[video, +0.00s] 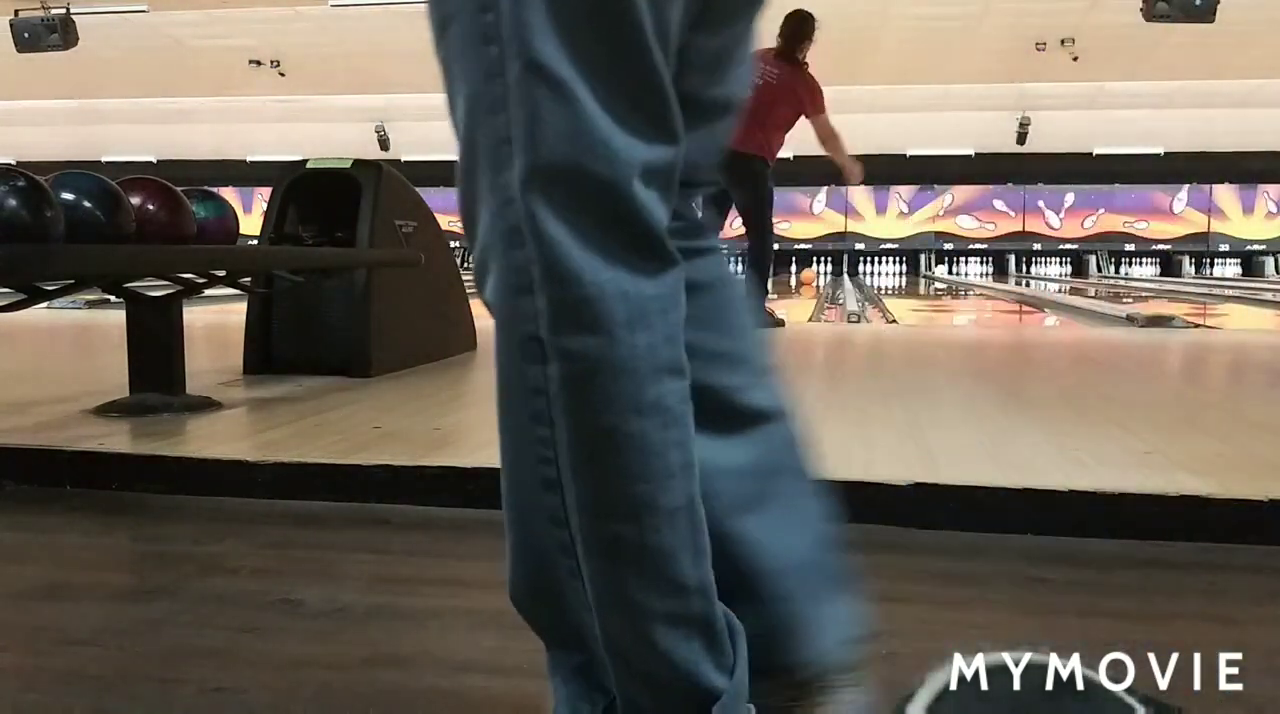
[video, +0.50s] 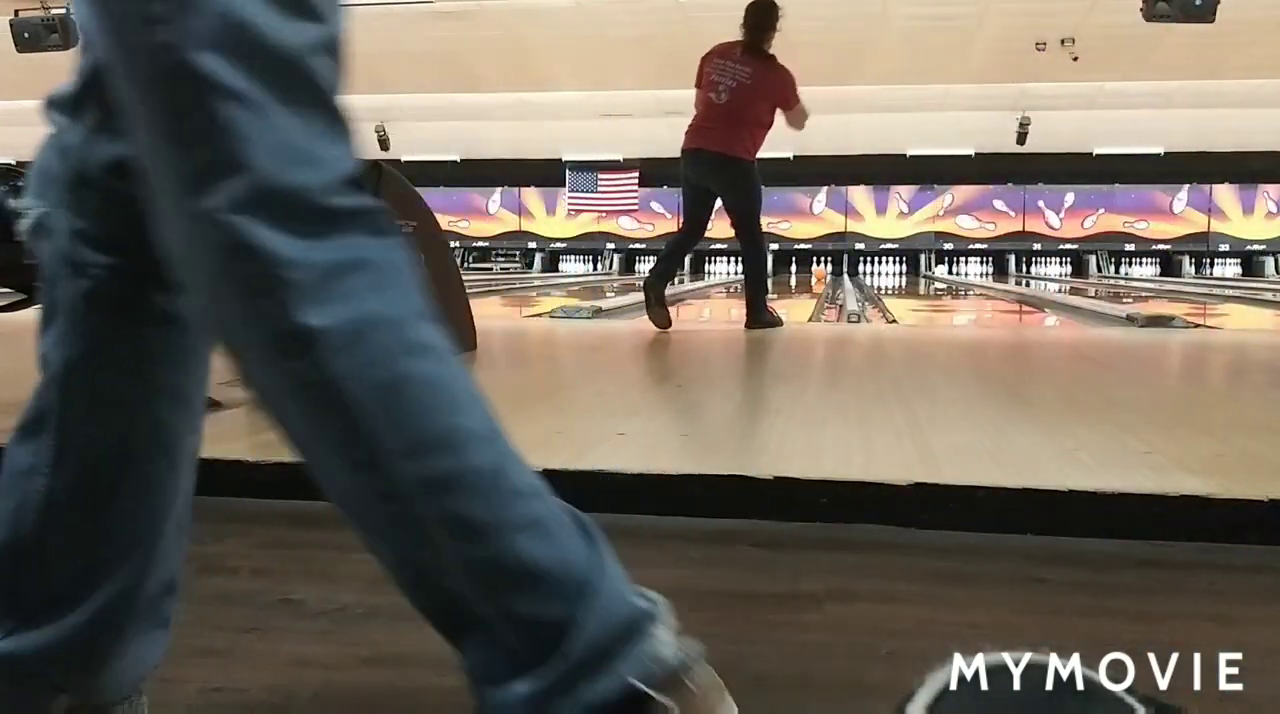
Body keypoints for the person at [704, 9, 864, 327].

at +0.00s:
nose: (809, 42)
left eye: (808, 35)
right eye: (810, 37)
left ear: (781, 32)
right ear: (808, 39)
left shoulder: (755, 58)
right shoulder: (804, 82)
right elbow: (825, 135)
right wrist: (847, 164)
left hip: (720, 153)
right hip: (751, 162)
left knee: (707, 229)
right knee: (760, 237)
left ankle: (683, 294)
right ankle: (755, 307)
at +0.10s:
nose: (808, 37)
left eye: (807, 31)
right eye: (809, 32)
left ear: (779, 29)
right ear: (805, 35)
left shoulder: (748, 56)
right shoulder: (804, 77)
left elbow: (735, 93)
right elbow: (840, 113)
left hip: (713, 152)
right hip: (750, 160)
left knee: (709, 225)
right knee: (760, 234)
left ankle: (689, 298)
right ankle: (754, 311)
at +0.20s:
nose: (804, 31)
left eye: (799, 25)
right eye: (805, 27)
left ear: (775, 25)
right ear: (803, 31)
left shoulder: (745, 53)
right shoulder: (804, 72)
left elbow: (729, 91)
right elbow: (841, 96)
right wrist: (856, 71)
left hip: (713, 150)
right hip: (751, 158)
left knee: (706, 225)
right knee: (760, 234)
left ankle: (683, 300)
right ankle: (754, 311)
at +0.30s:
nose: (798, 30)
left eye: (796, 24)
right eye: (798, 25)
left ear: (767, 24)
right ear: (795, 29)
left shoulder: (737, 52)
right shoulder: (797, 69)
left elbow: (718, 98)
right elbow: (834, 89)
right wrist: (834, 48)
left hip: (709, 151)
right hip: (748, 159)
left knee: (702, 226)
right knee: (759, 234)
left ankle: (674, 296)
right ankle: (758, 311)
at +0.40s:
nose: (789, 29)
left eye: (785, 23)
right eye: (788, 24)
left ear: (757, 23)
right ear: (786, 29)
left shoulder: (727, 53)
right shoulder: (787, 71)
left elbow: (711, 101)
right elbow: (821, 98)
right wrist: (811, 57)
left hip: (703, 153)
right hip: (743, 161)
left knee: (698, 225)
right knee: (754, 235)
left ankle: (664, 288)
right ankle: (757, 312)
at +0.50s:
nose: (773, 31)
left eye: (769, 24)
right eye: (774, 25)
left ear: (744, 24)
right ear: (773, 29)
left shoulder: (715, 54)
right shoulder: (776, 73)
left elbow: (701, 102)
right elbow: (797, 121)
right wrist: (795, 102)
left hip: (694, 154)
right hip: (734, 162)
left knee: (691, 229)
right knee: (750, 236)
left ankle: (655, 284)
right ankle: (757, 311)